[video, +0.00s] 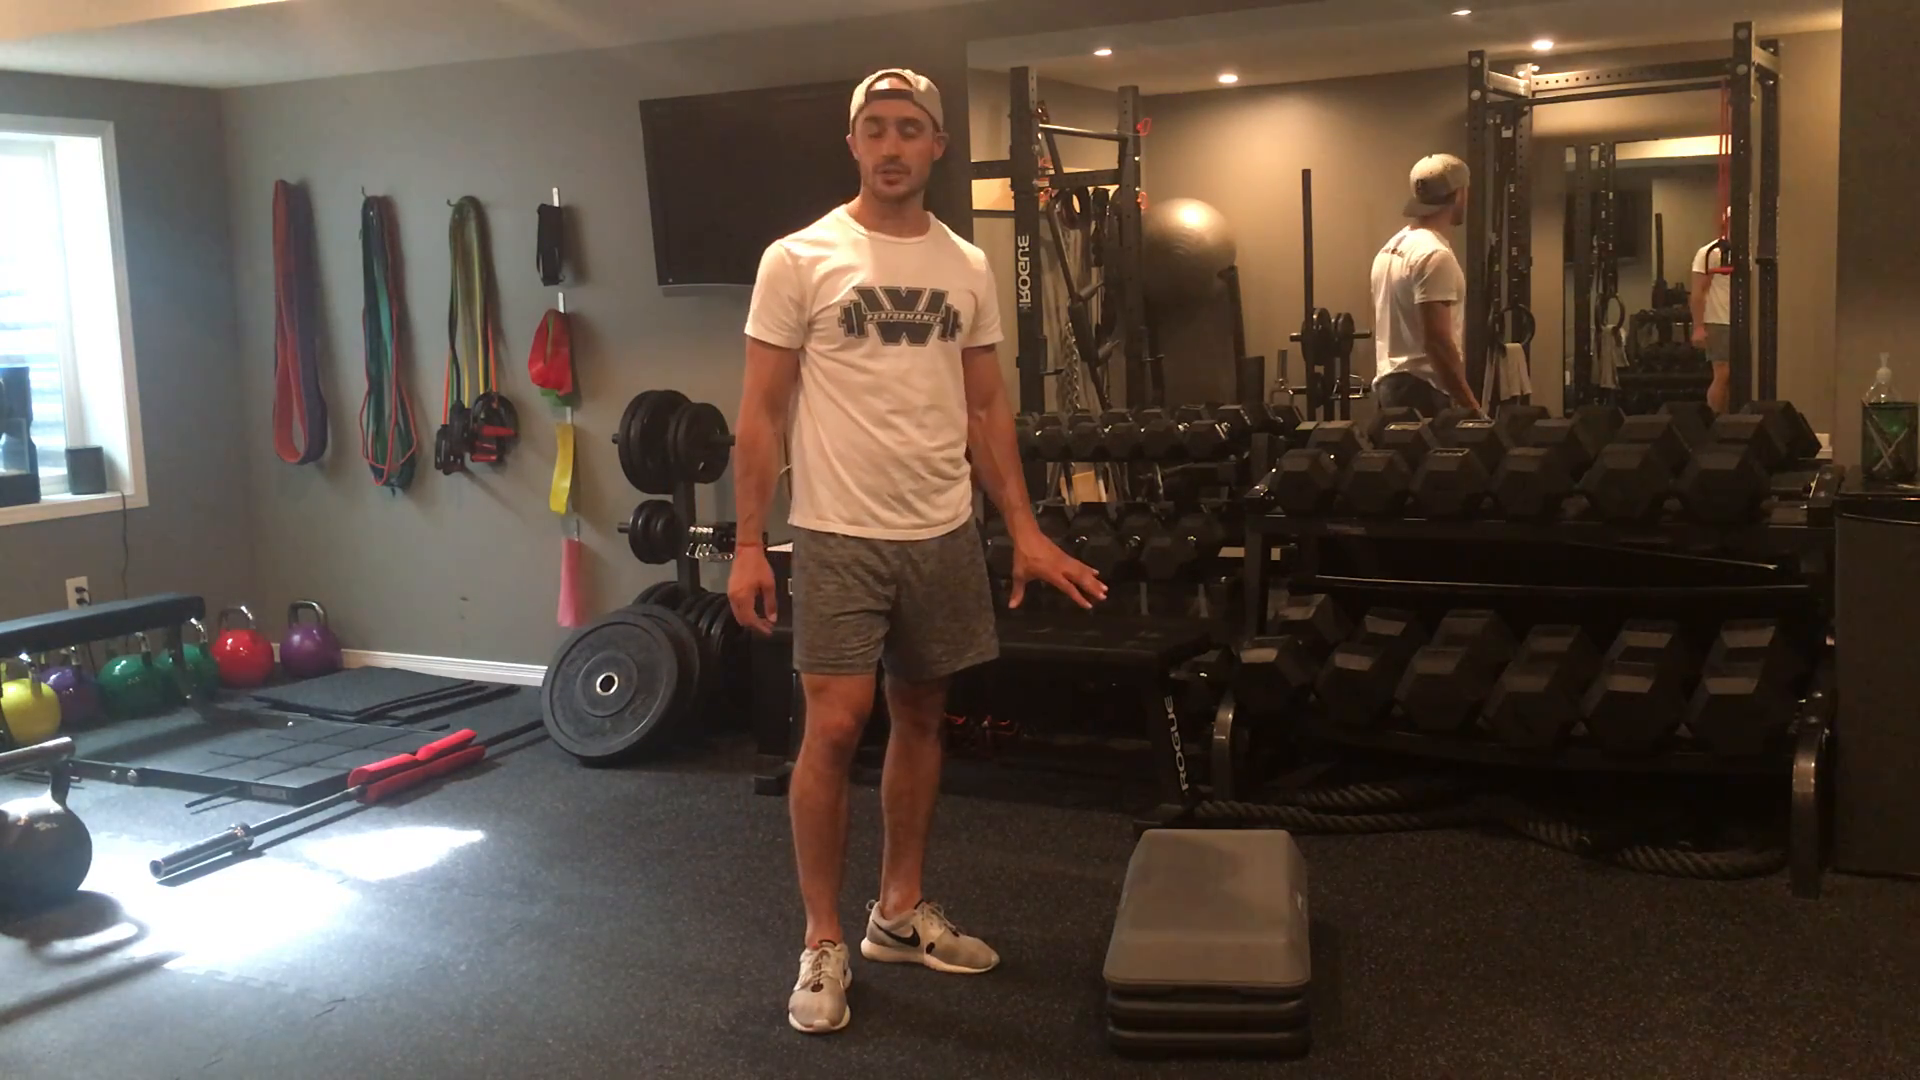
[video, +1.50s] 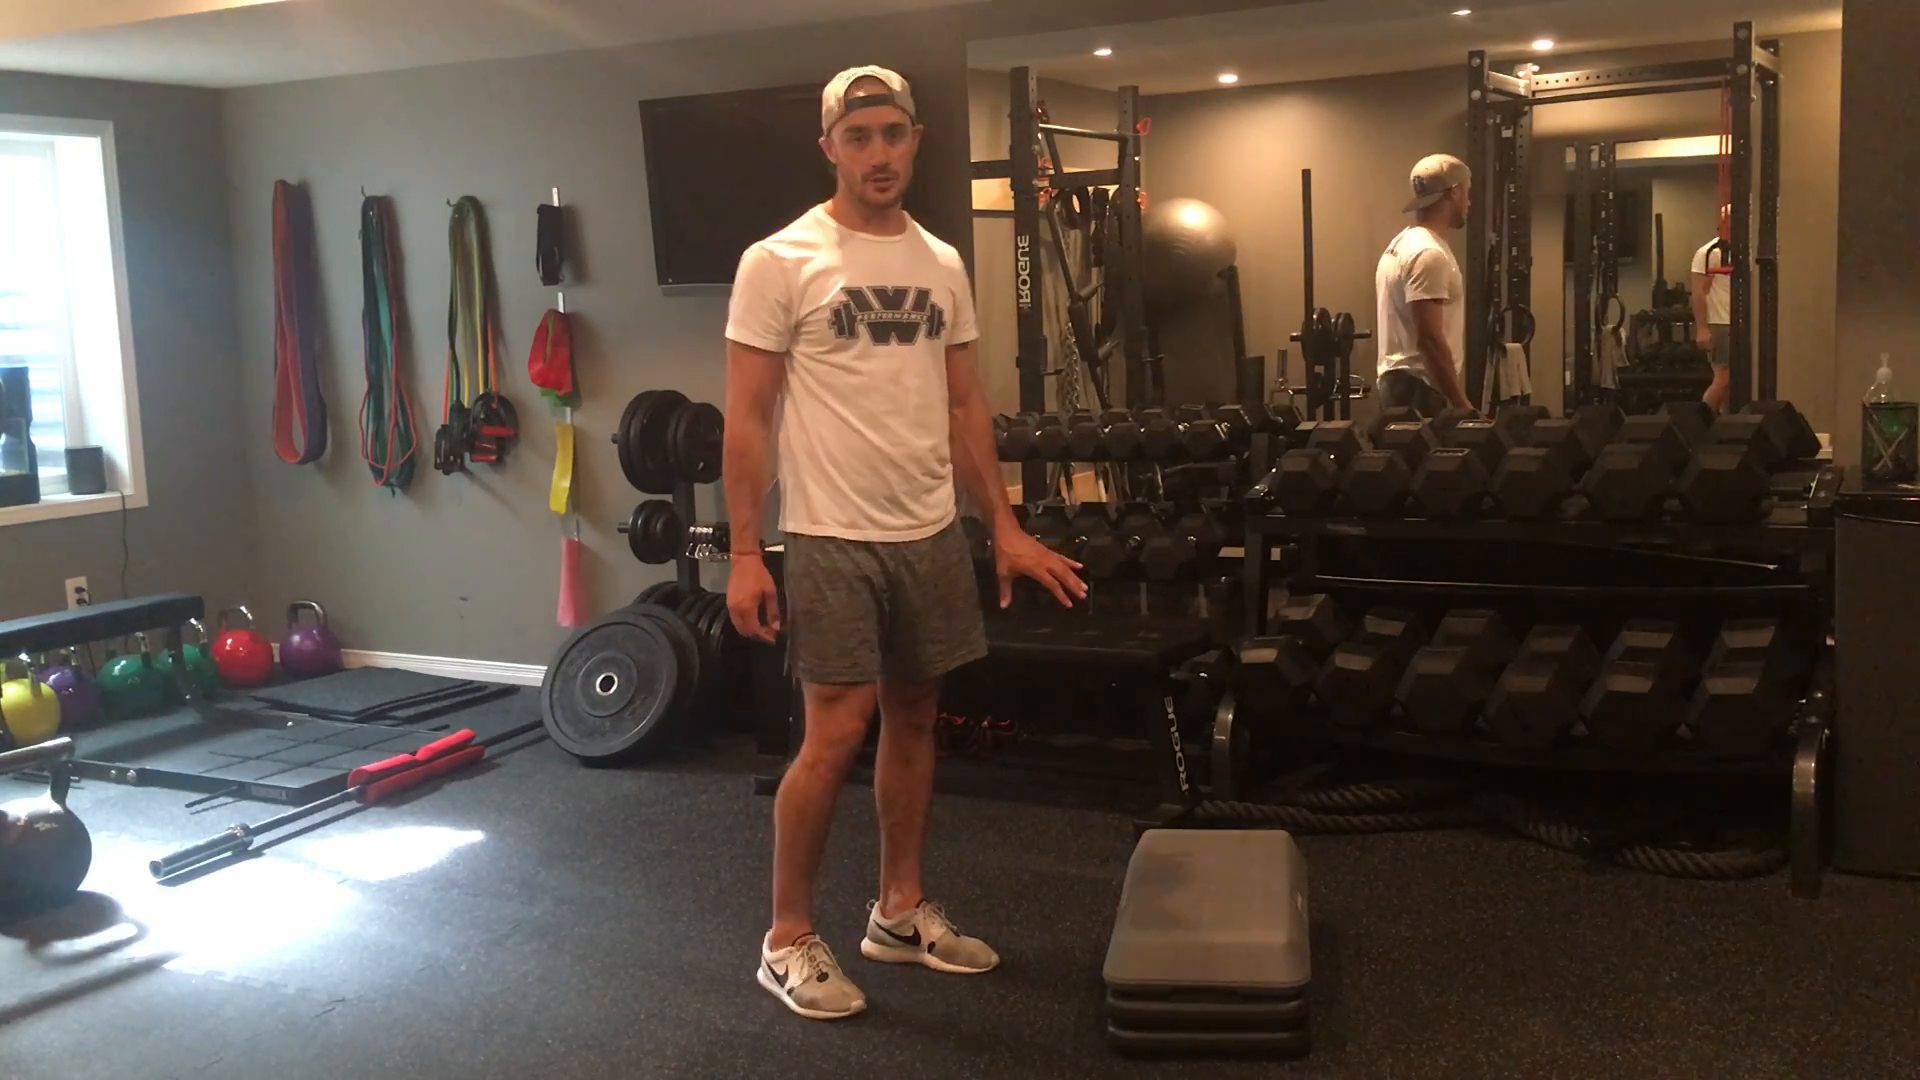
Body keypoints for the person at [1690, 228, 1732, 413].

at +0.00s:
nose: (1732, 223)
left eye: (1735, 218)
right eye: (1729, 218)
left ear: (1741, 223)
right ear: (1723, 220)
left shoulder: (1746, 254)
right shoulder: (1707, 254)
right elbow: (1698, 291)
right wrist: (1698, 325)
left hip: (1742, 325)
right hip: (1718, 323)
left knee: (1732, 377)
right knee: (1722, 374)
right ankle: (1714, 423)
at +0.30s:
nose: (1734, 223)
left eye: (1735, 219)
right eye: (1730, 218)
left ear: (1741, 222)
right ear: (1723, 221)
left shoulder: (1745, 254)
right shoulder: (1708, 255)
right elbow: (1699, 292)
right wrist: (1701, 326)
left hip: (1742, 324)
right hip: (1719, 324)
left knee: (1732, 377)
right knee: (1722, 375)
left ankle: (1726, 421)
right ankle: (1713, 422)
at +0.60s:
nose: (1733, 223)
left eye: (1736, 217)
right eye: (1730, 217)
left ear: (1742, 221)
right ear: (1723, 221)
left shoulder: (1748, 253)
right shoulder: (1709, 254)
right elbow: (1701, 293)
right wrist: (1704, 327)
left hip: (1745, 324)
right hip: (1721, 324)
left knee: (1740, 378)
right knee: (1722, 378)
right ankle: (1716, 424)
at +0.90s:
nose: (1734, 225)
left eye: (1737, 220)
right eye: (1730, 219)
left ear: (1743, 222)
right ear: (1723, 222)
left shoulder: (1748, 253)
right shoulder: (1709, 254)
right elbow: (1700, 293)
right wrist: (1702, 326)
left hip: (1745, 324)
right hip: (1721, 324)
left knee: (1741, 378)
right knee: (1722, 377)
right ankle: (1715, 423)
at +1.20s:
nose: (1735, 225)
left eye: (1737, 220)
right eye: (1731, 219)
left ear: (1744, 222)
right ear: (1724, 221)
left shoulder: (1748, 253)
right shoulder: (1709, 254)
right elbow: (1700, 292)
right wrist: (1701, 326)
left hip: (1743, 325)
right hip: (1720, 324)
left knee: (1736, 377)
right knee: (1724, 376)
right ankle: (1711, 420)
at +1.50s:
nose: (1733, 227)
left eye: (1736, 221)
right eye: (1730, 221)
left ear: (1740, 224)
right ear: (1722, 223)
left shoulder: (1743, 252)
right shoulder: (1708, 253)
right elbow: (1698, 293)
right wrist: (1702, 327)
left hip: (1739, 325)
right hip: (1719, 325)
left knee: (1731, 381)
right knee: (1722, 379)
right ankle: (1700, 422)